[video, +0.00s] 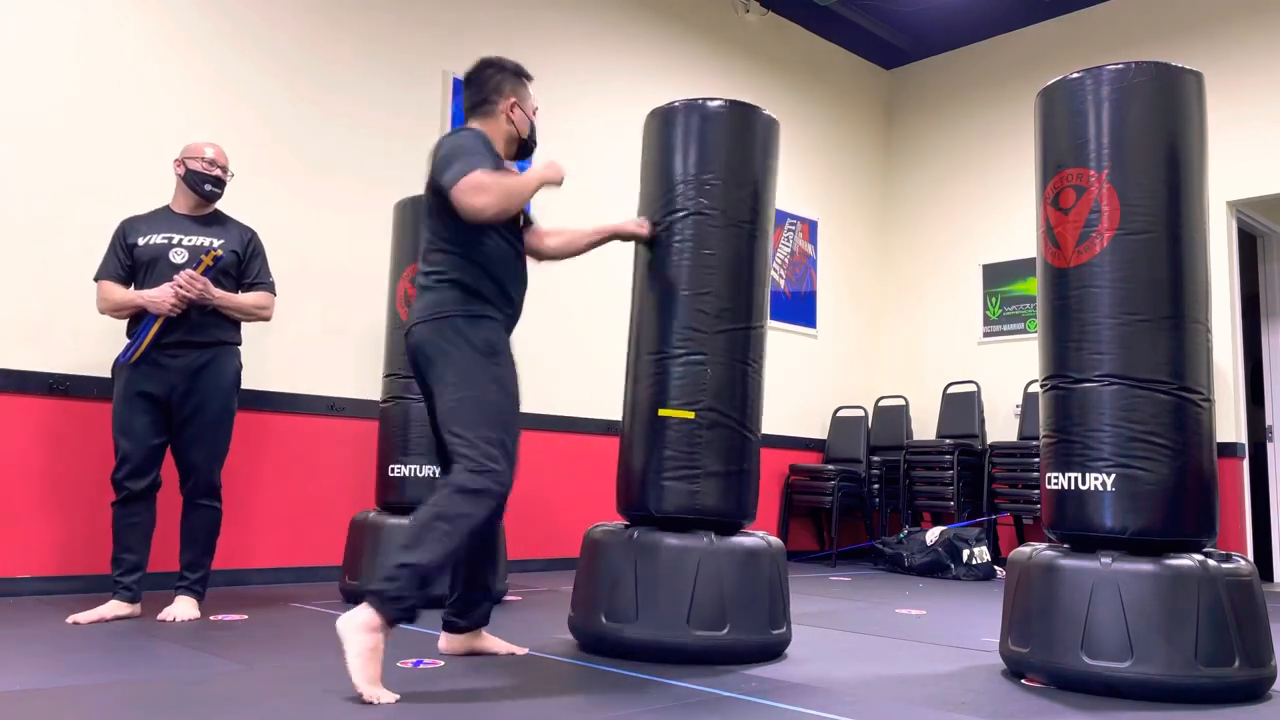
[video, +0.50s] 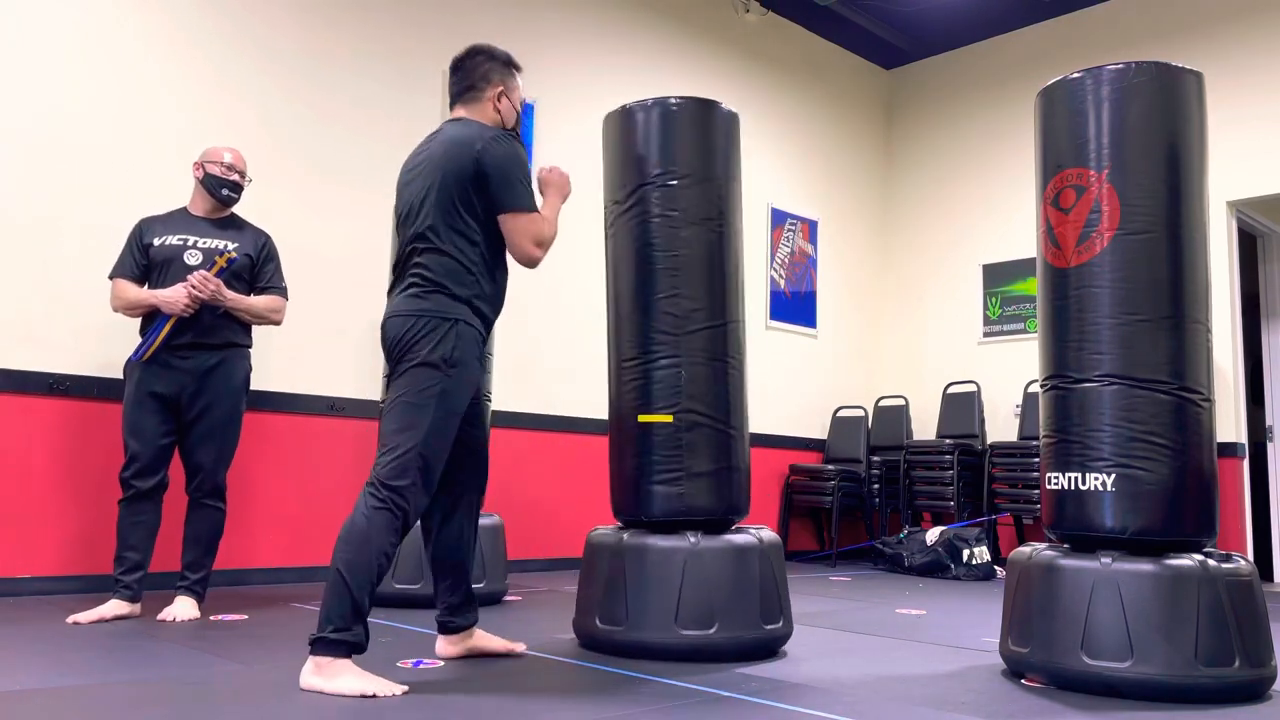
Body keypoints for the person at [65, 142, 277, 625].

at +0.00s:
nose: (213, 171)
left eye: (220, 167)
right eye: (204, 162)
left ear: (227, 181)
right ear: (178, 168)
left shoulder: (241, 238)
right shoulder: (134, 229)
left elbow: (264, 307)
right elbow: (106, 298)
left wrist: (212, 295)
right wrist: (146, 298)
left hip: (209, 372)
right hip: (142, 370)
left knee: (201, 485)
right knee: (132, 481)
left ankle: (189, 594)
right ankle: (126, 595)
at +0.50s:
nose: (232, 177)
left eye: (240, 173)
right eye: (223, 168)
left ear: (246, 187)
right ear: (197, 172)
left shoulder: (256, 242)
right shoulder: (151, 229)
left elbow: (275, 311)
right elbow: (120, 296)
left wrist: (224, 296)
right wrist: (163, 297)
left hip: (219, 374)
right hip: (153, 371)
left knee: (207, 485)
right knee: (139, 480)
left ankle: (190, 594)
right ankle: (126, 594)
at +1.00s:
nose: (231, 179)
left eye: (239, 176)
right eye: (222, 168)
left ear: (244, 189)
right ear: (197, 172)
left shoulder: (253, 244)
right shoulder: (150, 230)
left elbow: (269, 313)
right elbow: (119, 298)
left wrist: (227, 290)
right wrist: (156, 299)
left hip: (214, 377)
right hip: (148, 371)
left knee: (205, 483)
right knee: (119, 472)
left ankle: (189, 593)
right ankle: (99, 584)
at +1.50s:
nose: (168, 185)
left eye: (176, 182)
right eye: (159, 176)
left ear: (182, 194)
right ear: (133, 180)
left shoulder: (193, 250)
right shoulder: (88, 237)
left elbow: (207, 320)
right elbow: (56, 301)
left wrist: (166, 291)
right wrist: (93, 301)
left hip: (158, 382)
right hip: (91, 379)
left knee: (169, 483)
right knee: (80, 484)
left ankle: (184, 592)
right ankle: (71, 587)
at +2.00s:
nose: (123, 182)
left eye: (130, 177)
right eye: (113, 173)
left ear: (137, 188)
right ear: (87, 179)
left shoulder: (154, 245)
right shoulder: (47, 239)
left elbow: (176, 312)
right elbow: (17, 304)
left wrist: (131, 292)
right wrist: (55, 302)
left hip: (125, 380)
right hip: (60, 379)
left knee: (127, 481)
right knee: (64, 484)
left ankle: (131, 589)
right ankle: (70, 586)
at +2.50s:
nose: (108, 183)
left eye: (114, 178)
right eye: (97, 174)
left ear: (122, 190)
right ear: (72, 180)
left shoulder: (139, 245)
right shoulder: (31, 241)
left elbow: (160, 312)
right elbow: (4, 306)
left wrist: (115, 291)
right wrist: (41, 303)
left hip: (114, 380)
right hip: (48, 380)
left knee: (119, 479)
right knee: (57, 483)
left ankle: (125, 588)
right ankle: (69, 586)